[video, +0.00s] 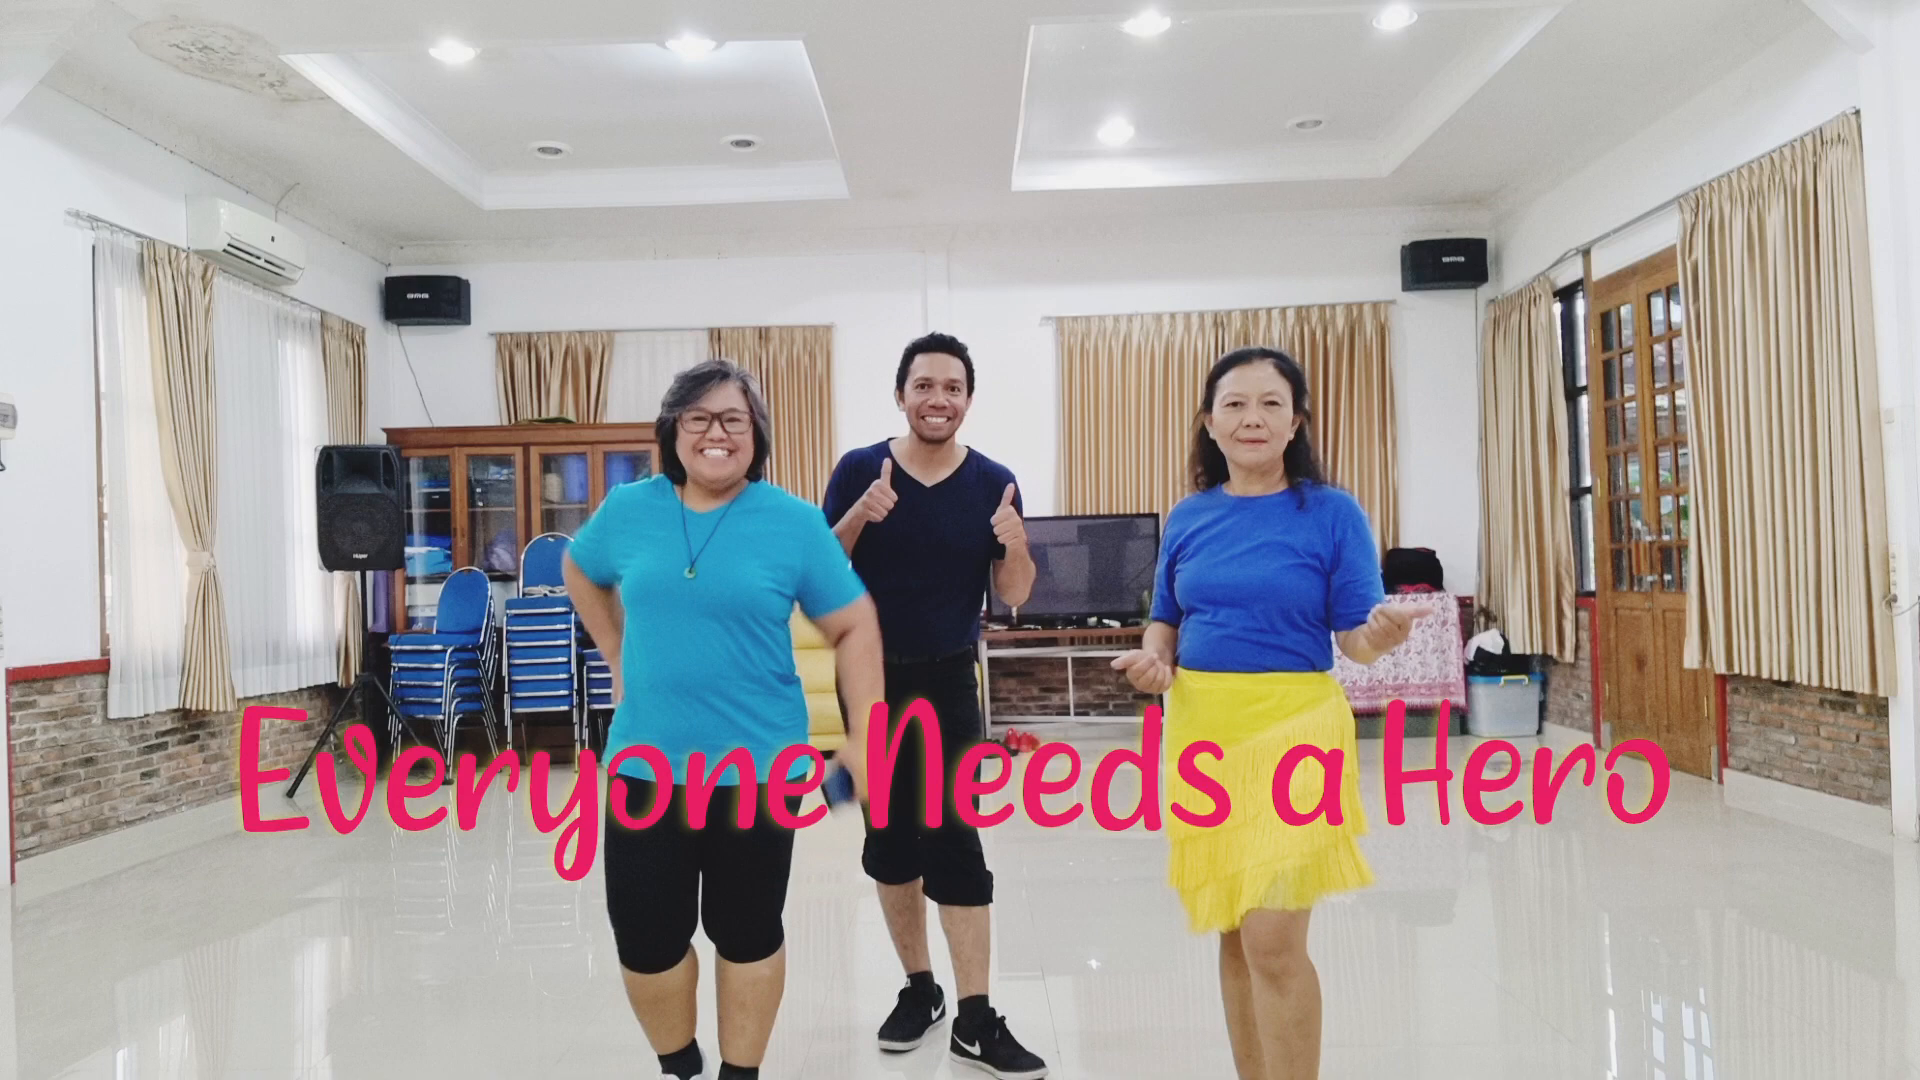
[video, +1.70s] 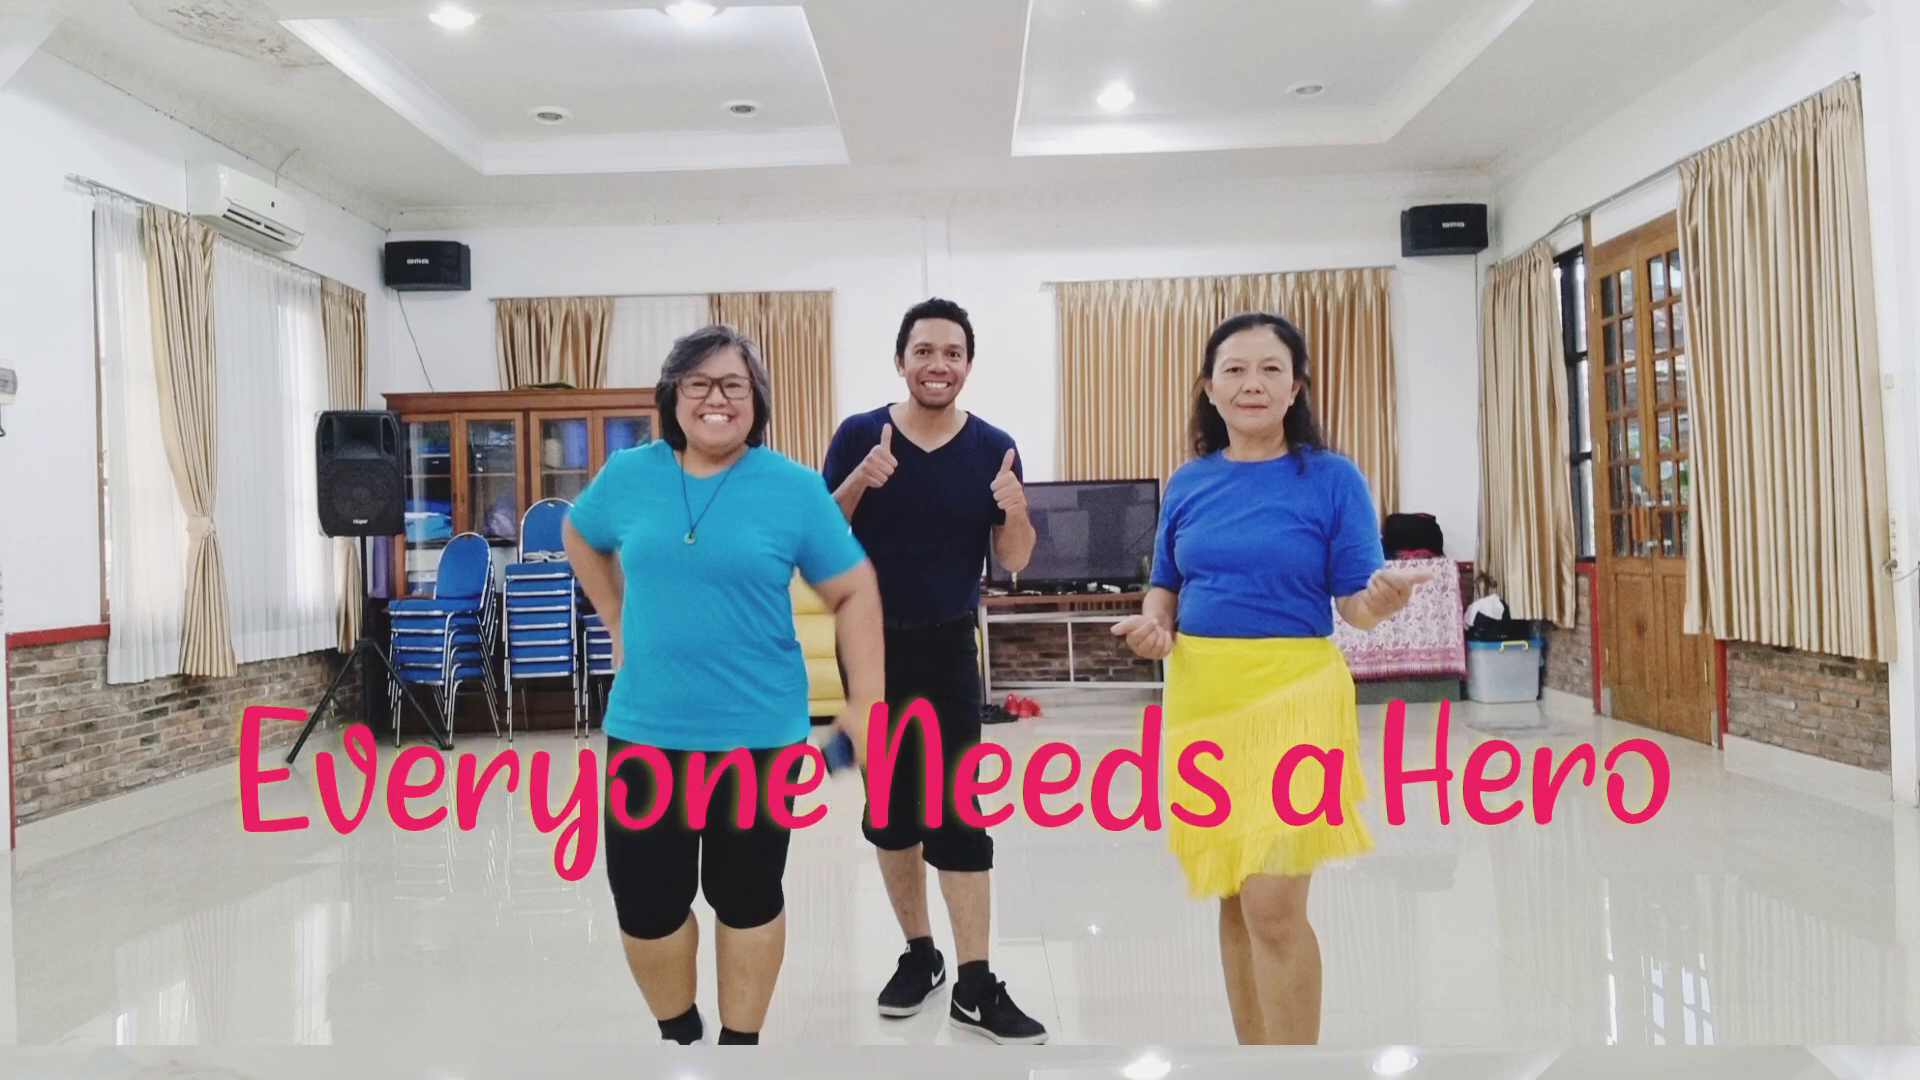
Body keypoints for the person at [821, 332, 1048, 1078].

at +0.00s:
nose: (938, 400)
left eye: (952, 388)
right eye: (924, 386)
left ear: (968, 399)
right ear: (900, 396)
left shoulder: (992, 483)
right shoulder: (858, 472)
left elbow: (1014, 595)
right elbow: (813, 570)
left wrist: (1015, 548)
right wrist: (854, 520)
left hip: (950, 676)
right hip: (872, 676)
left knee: (957, 841)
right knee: (892, 840)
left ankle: (975, 1014)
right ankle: (919, 990)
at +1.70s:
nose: (938, 365)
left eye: (952, 354)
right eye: (924, 352)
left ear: (968, 365)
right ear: (901, 362)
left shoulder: (992, 448)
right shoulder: (858, 438)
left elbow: (1014, 562)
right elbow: (813, 535)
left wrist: (1015, 514)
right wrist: (854, 485)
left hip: (950, 644)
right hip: (872, 643)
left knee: (959, 809)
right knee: (892, 810)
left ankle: (975, 980)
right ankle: (919, 955)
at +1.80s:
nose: (938, 283)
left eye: (952, 271)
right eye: (924, 270)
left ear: (968, 283)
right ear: (900, 280)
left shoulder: (991, 366)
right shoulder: (858, 355)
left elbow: (1014, 479)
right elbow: (813, 453)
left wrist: (1015, 431)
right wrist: (854, 403)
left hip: (949, 562)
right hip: (870, 560)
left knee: (957, 723)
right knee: (890, 718)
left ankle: (975, 896)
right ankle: (918, 870)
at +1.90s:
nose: (939, 123)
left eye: (952, 112)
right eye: (925, 110)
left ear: (968, 124)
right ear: (901, 119)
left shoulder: (990, 206)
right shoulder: (859, 195)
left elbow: (1013, 321)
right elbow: (813, 292)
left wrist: (1015, 272)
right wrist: (855, 242)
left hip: (949, 405)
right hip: (872, 403)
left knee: (955, 570)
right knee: (893, 567)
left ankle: (978, 735)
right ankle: (919, 712)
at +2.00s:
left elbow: (1015, 52)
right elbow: (825, 31)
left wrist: (1015, 6)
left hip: (948, 130)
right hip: (870, 128)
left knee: (956, 302)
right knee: (890, 297)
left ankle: (975, 475)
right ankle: (919, 448)